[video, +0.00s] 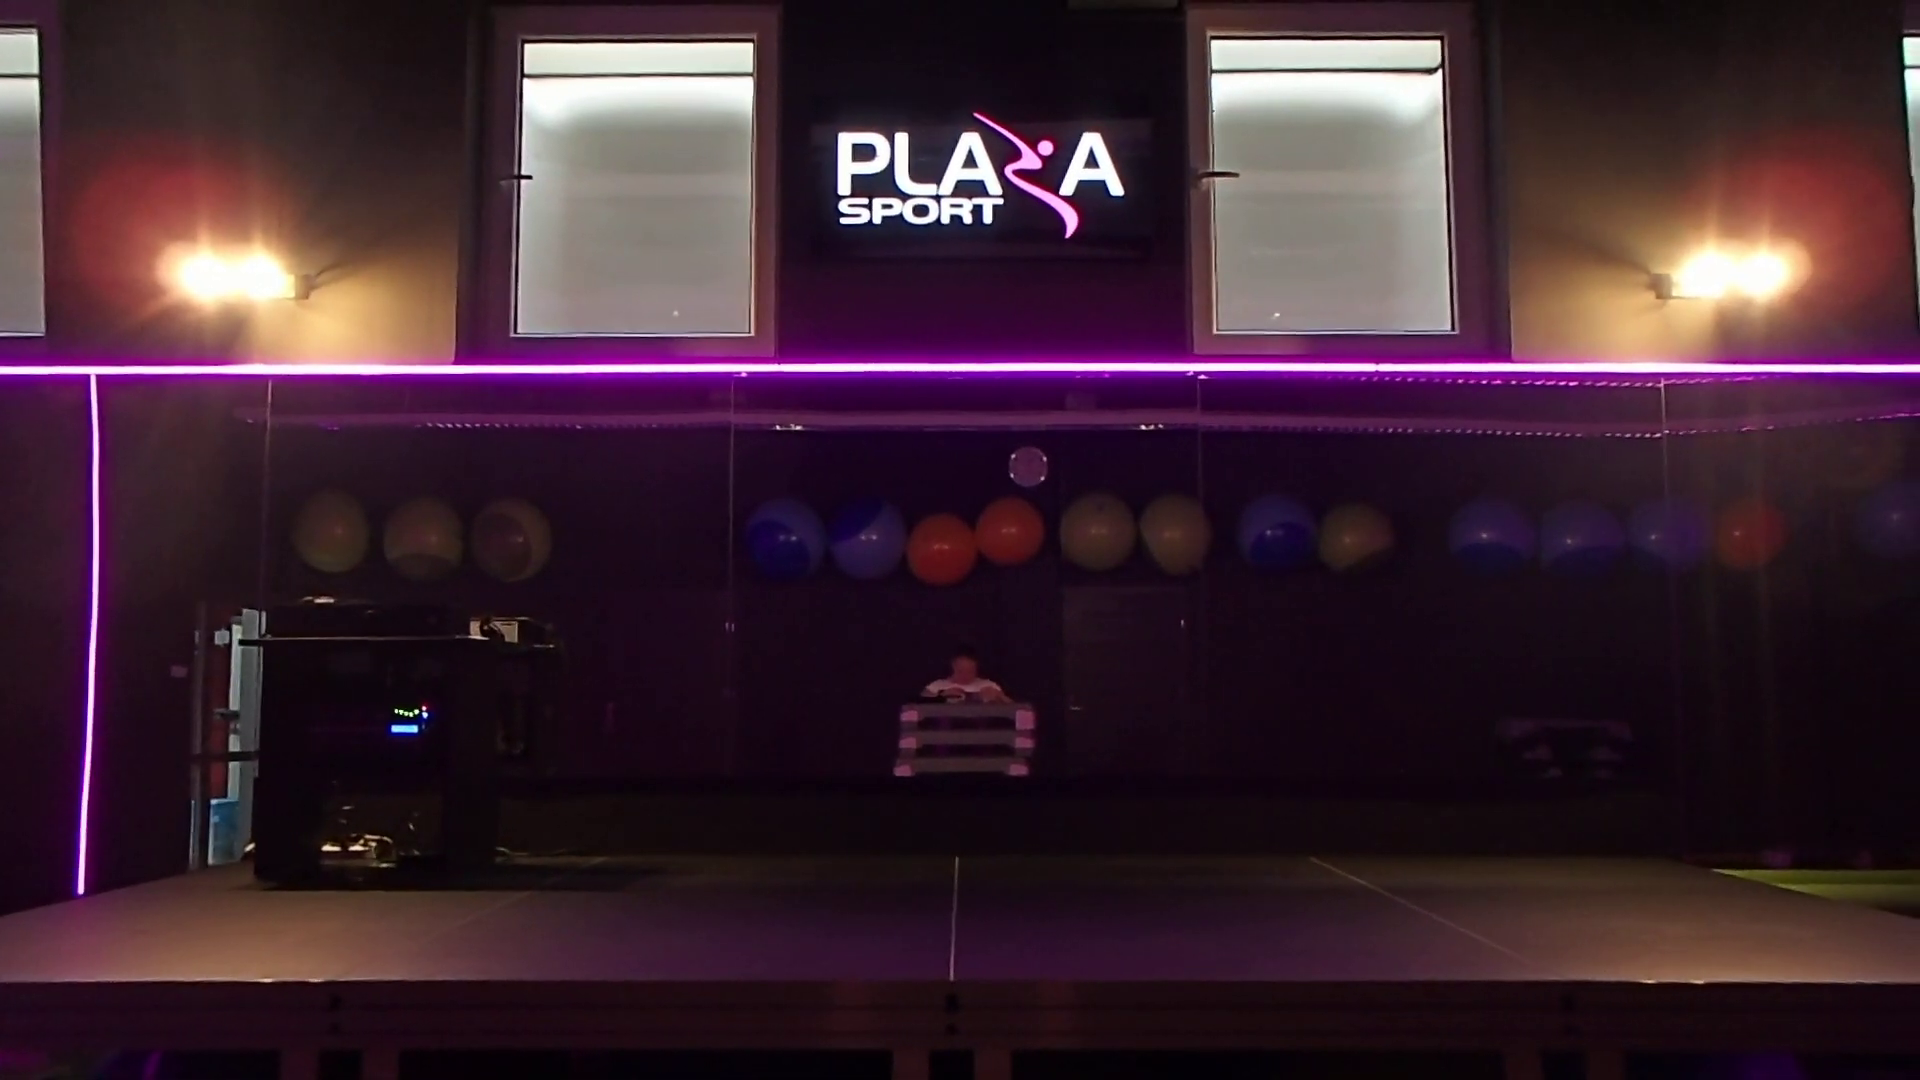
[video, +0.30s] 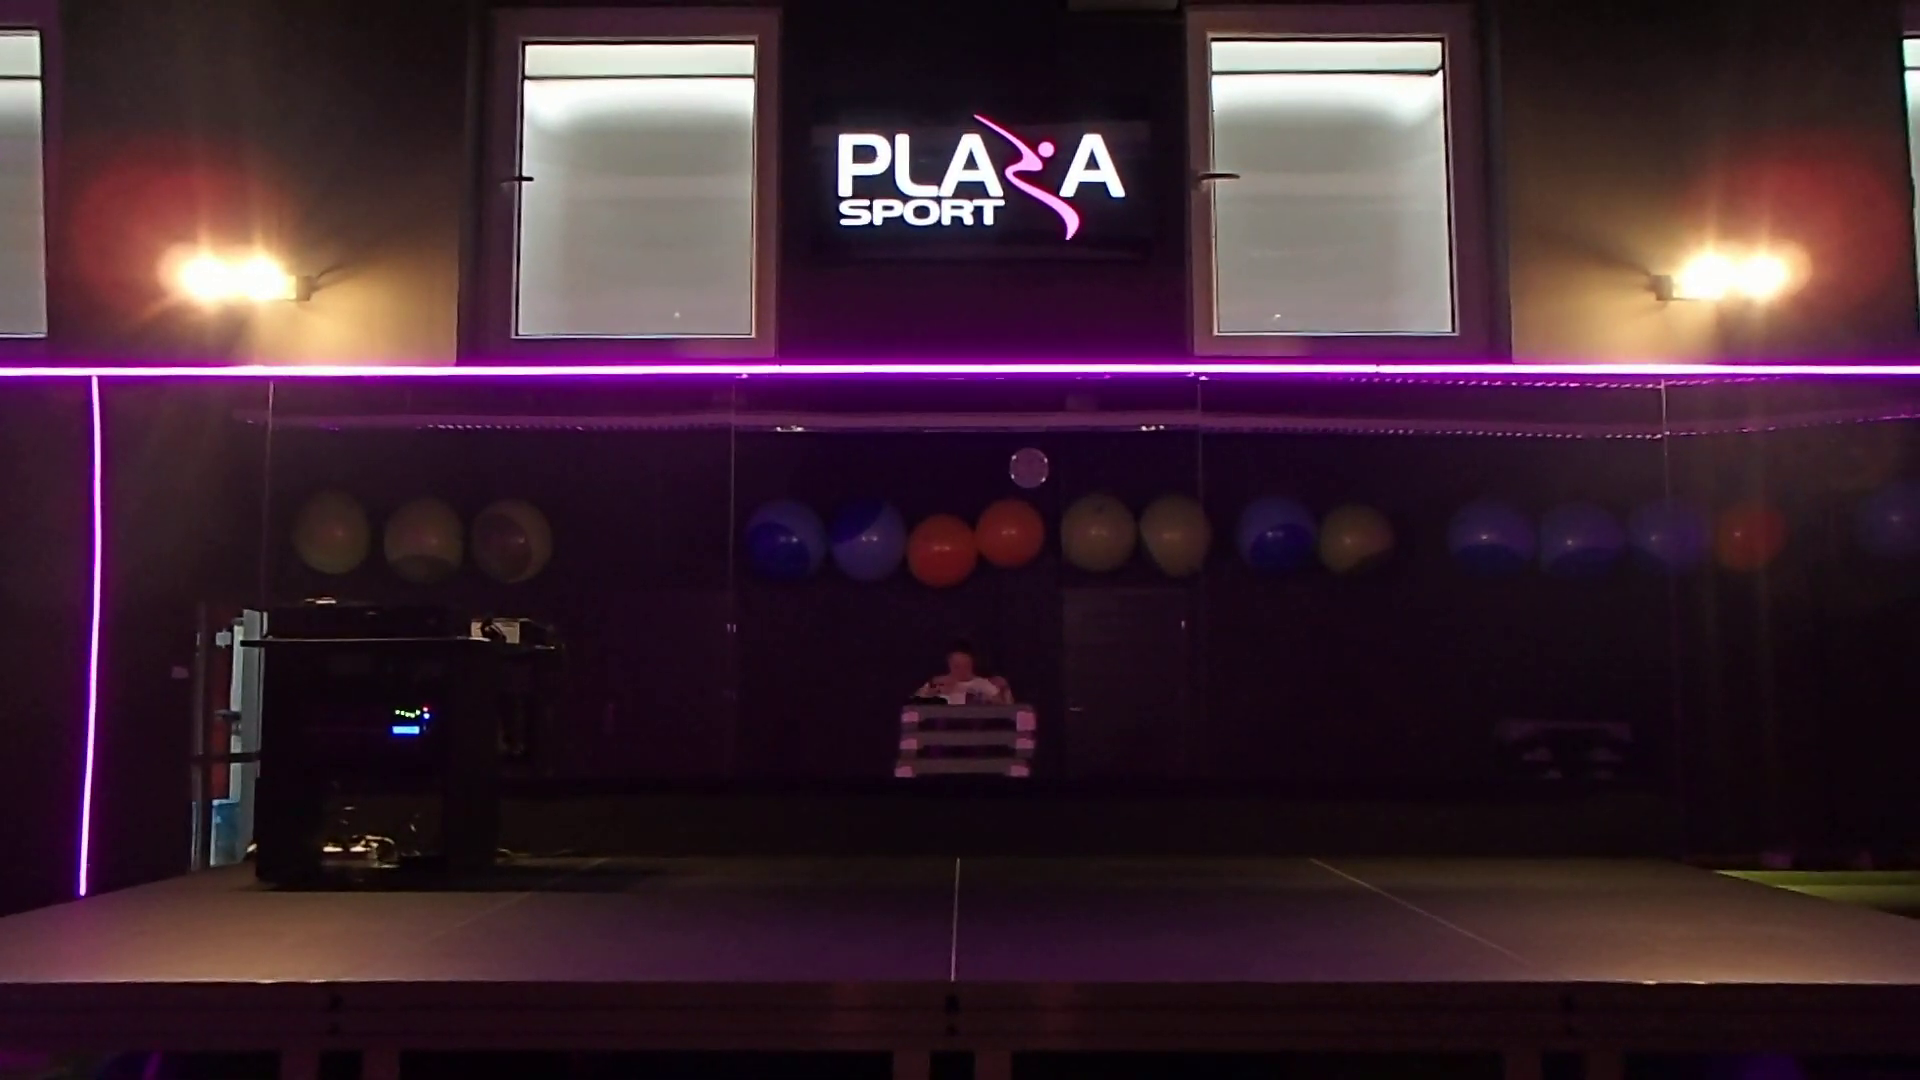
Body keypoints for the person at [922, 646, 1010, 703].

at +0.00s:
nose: (965, 673)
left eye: (969, 668)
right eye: (961, 668)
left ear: (975, 668)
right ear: (954, 668)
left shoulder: (988, 686)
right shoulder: (938, 686)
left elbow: (1012, 708)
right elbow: (922, 706)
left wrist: (997, 697)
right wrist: (943, 696)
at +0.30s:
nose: (961, 669)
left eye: (965, 665)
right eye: (956, 665)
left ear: (971, 665)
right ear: (950, 665)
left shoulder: (981, 684)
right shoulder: (938, 683)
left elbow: (1005, 705)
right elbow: (915, 701)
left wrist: (1004, 690)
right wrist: (933, 690)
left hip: (976, 724)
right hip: (944, 724)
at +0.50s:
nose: (939, 665)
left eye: (944, 660)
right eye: (935, 660)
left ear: (952, 661)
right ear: (930, 662)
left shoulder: (971, 687)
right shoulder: (917, 688)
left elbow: (988, 719)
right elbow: (895, 717)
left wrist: (1006, 700)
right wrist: (904, 688)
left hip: (964, 747)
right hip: (925, 750)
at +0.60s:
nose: (921, 669)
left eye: (925, 664)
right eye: (917, 664)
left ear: (936, 664)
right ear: (913, 666)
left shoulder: (951, 688)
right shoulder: (904, 691)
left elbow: (975, 709)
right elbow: (881, 726)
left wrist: (1002, 706)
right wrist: (887, 698)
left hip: (948, 748)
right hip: (911, 750)